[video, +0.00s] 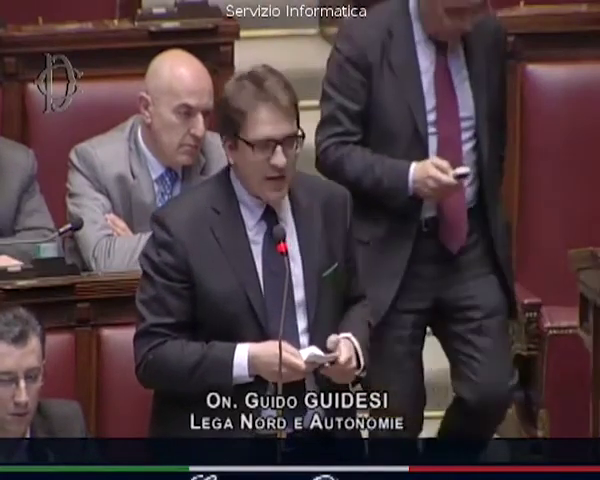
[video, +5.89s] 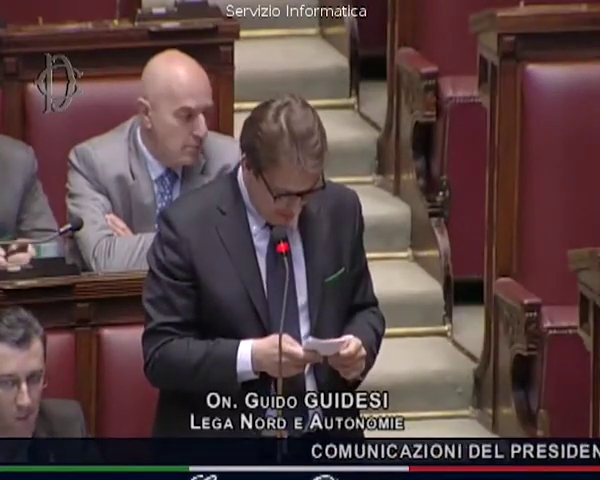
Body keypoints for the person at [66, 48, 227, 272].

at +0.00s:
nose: (199, 131)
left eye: (206, 114)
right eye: (185, 113)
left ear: (211, 110)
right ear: (146, 108)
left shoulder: (219, 154)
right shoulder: (92, 160)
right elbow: (105, 260)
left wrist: (137, 248)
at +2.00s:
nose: (184, 125)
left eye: (194, 109)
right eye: (169, 106)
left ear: (203, 108)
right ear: (139, 104)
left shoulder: (230, 157)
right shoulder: (91, 161)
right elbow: (105, 259)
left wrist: (138, 250)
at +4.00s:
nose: (186, 125)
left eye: (197, 110)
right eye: (172, 107)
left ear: (204, 109)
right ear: (141, 104)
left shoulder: (230, 157)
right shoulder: (91, 161)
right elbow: (105, 259)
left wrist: (138, 250)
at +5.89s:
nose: (201, 131)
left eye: (206, 113)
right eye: (185, 116)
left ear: (210, 105)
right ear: (146, 113)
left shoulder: (230, 156)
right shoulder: (91, 161)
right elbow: (105, 259)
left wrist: (139, 251)